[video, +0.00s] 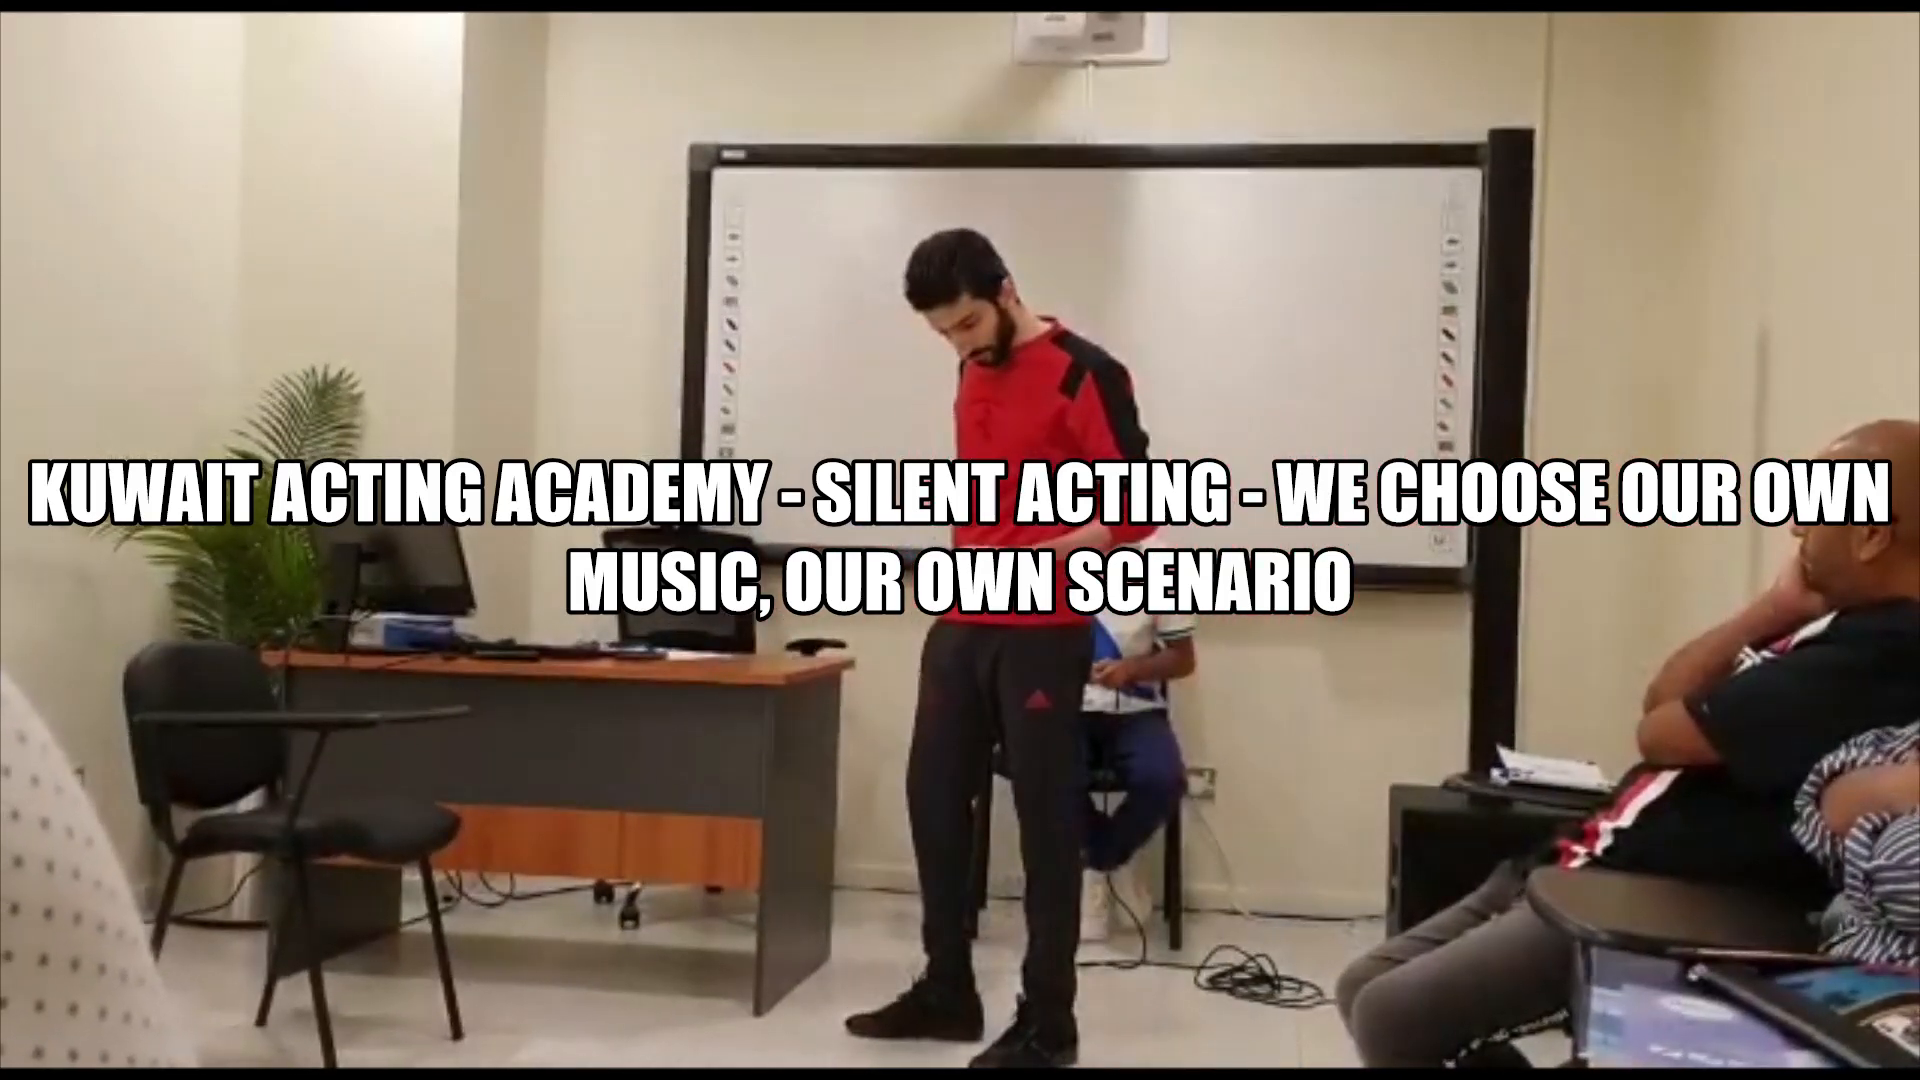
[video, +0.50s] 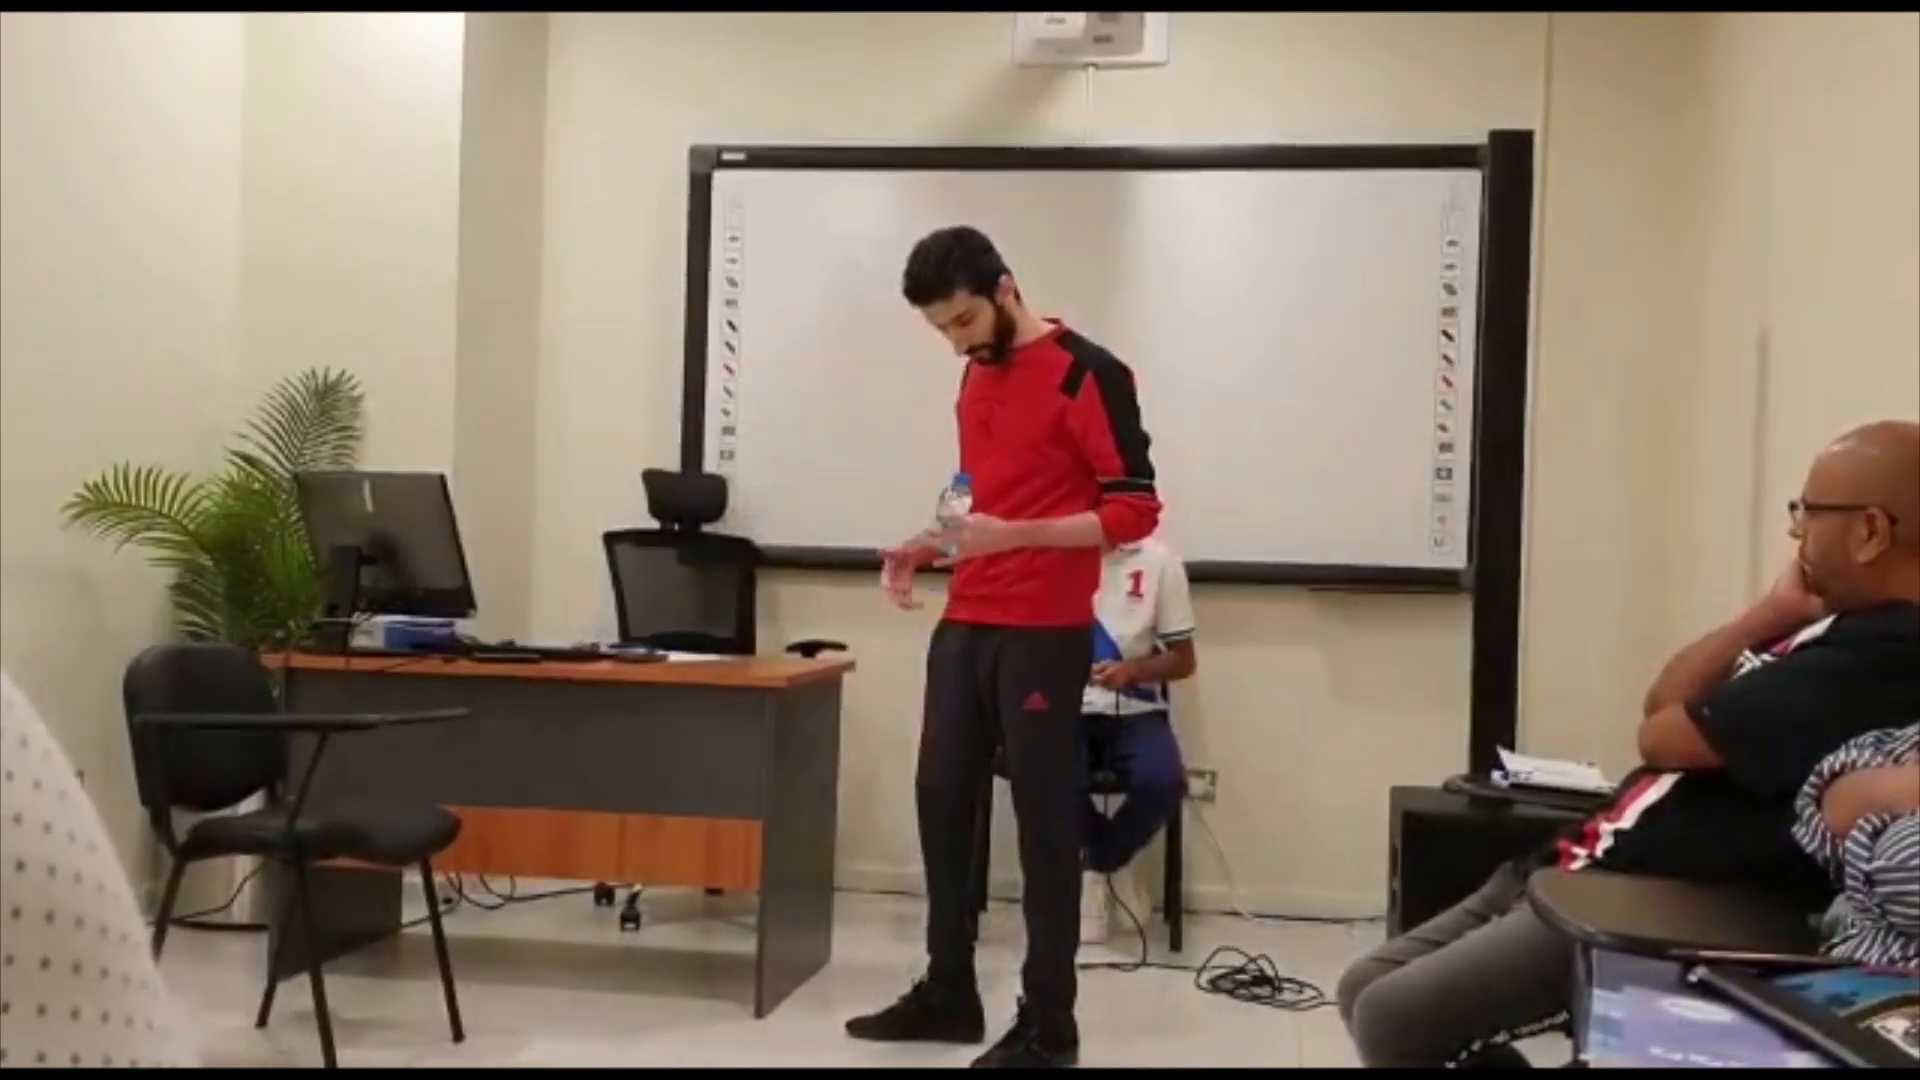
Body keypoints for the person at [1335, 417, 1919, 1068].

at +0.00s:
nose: (1798, 535)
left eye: (1816, 513)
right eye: (1803, 513)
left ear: (1877, 534)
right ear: (1876, 536)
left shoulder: (1883, 647)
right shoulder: (1848, 625)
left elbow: (1664, 737)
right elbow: (1666, 695)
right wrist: (1783, 604)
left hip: (1640, 903)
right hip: (1589, 861)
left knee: (1388, 1017)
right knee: (1363, 985)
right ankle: (1491, 1061)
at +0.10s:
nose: (1799, 535)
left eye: (1817, 513)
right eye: (1804, 513)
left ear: (1880, 536)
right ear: (1878, 538)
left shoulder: (1884, 648)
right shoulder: (1847, 625)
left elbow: (1665, 737)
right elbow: (1665, 697)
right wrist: (1784, 604)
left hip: (1640, 904)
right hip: (1590, 862)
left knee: (1389, 1017)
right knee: (1364, 985)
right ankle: (1492, 1061)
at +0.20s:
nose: (1798, 536)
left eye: (1816, 514)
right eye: (1804, 514)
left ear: (1878, 536)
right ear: (1877, 538)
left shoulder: (1883, 648)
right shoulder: (1847, 625)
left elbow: (1665, 737)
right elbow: (1666, 698)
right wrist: (1783, 606)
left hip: (1641, 904)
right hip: (1589, 862)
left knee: (1389, 1018)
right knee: (1364, 985)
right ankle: (1492, 1062)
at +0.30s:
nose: (1796, 535)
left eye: (1807, 515)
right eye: (1799, 514)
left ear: (1875, 532)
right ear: (1876, 532)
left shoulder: (1881, 651)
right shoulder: (1847, 627)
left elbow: (1665, 737)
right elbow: (1666, 698)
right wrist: (1783, 606)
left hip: (1638, 905)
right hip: (1586, 863)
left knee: (1388, 1018)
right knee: (1365, 985)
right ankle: (1488, 1061)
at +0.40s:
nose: (1796, 535)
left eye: (1807, 515)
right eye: (1799, 514)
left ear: (1875, 532)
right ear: (1875, 532)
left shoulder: (1883, 650)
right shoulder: (1848, 626)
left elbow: (1665, 738)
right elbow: (1666, 699)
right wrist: (1782, 606)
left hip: (1635, 905)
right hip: (1584, 863)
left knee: (1389, 1019)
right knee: (1364, 985)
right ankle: (1488, 1061)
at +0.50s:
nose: (1795, 535)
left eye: (1806, 516)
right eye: (1798, 514)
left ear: (1874, 532)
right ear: (1874, 532)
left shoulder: (1883, 650)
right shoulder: (1847, 626)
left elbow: (1666, 739)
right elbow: (1665, 700)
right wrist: (1783, 606)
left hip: (1632, 907)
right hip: (1581, 864)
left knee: (1388, 1019)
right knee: (1364, 985)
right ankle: (1486, 1061)